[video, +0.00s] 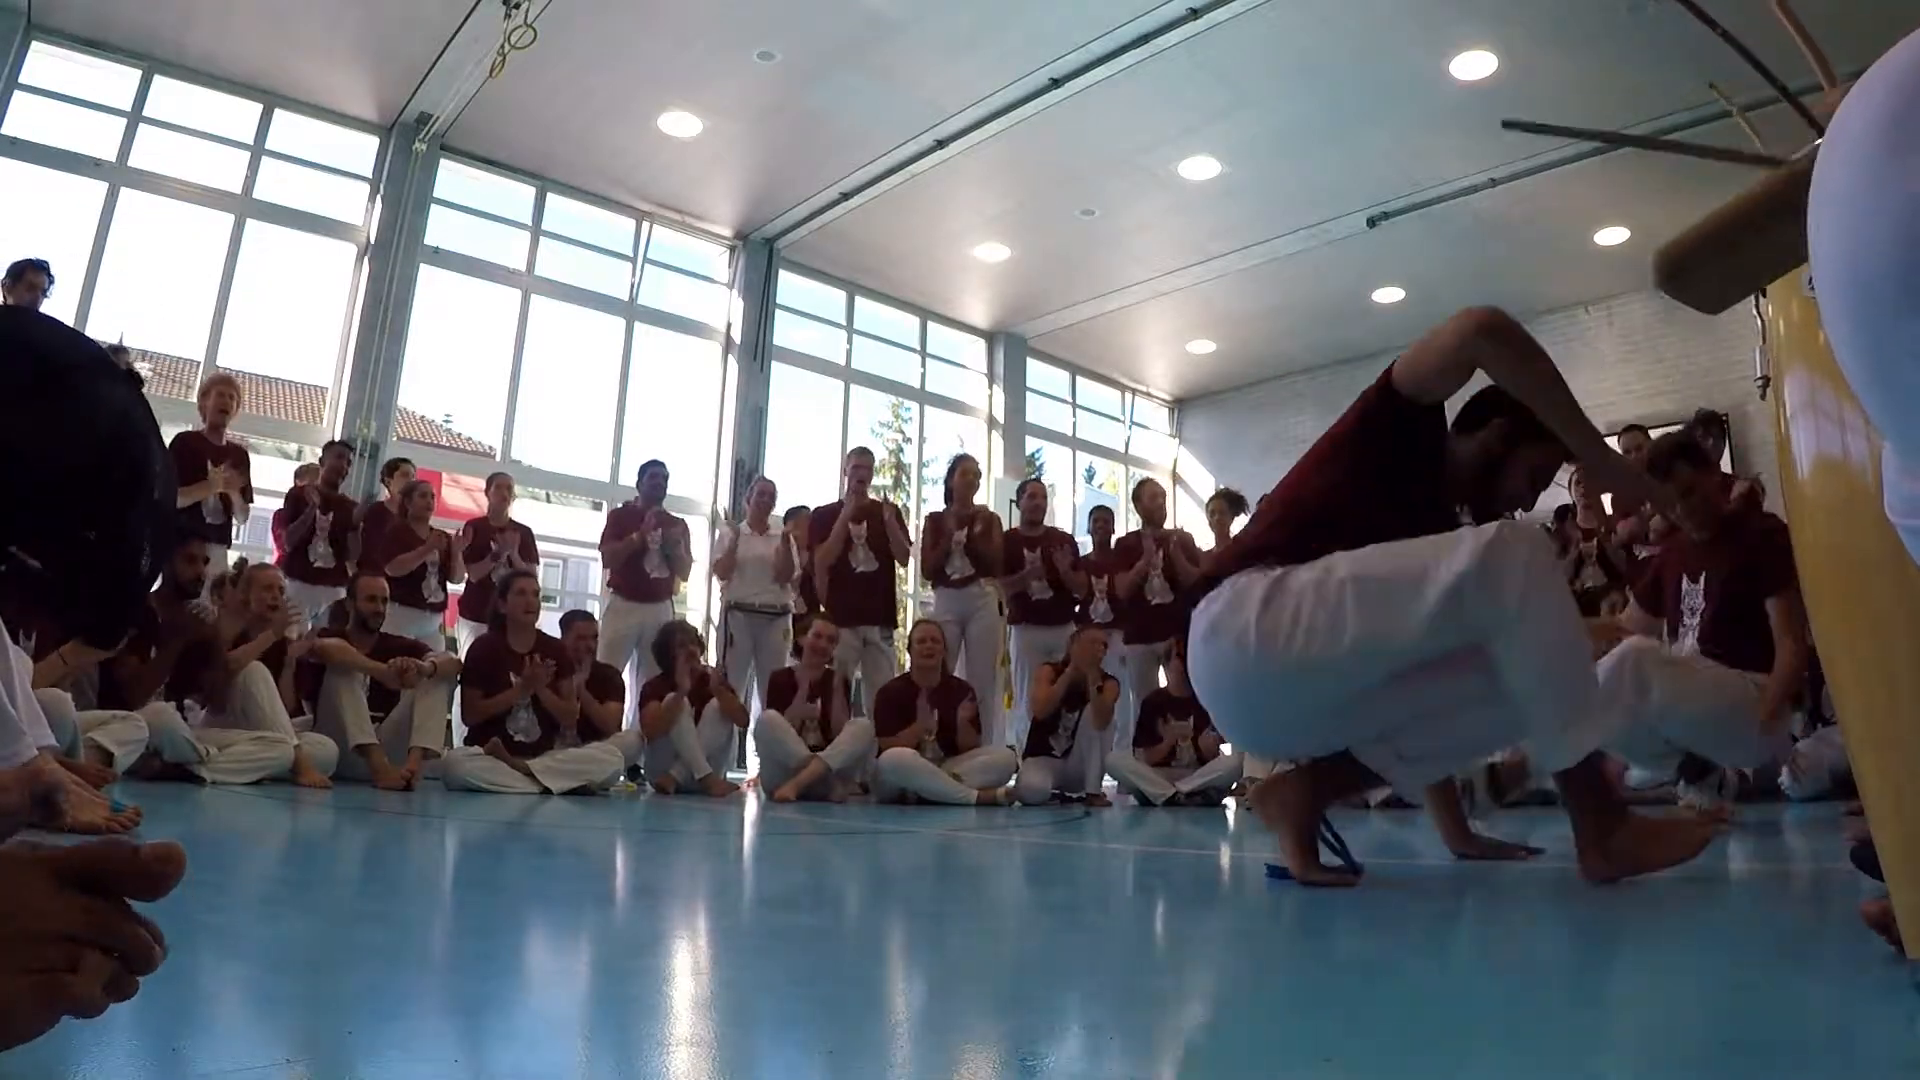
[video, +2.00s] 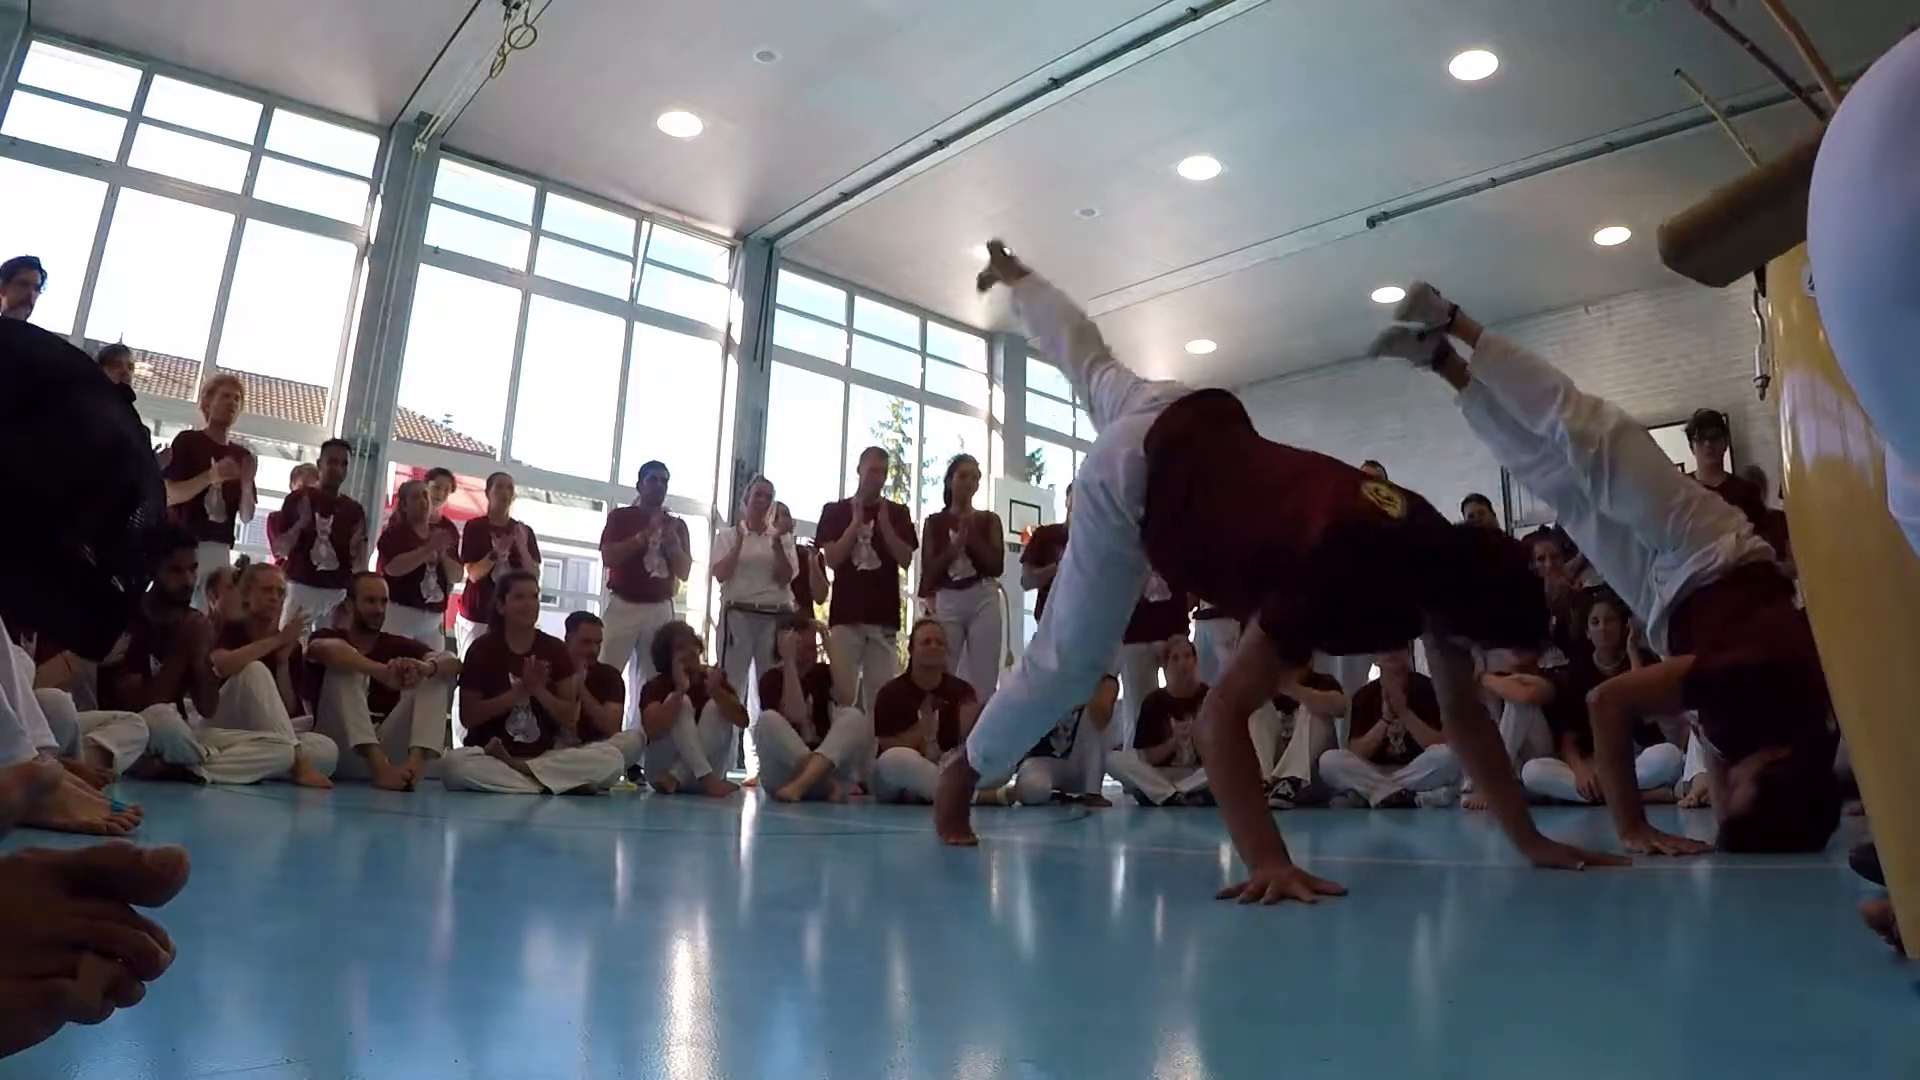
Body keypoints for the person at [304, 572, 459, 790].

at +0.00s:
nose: (380, 608)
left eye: (384, 601)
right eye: (371, 600)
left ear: (389, 604)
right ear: (351, 603)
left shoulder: (395, 644)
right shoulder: (327, 637)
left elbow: (454, 663)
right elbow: (325, 649)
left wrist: (426, 667)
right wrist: (382, 672)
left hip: (386, 752)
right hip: (336, 750)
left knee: (437, 673)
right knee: (343, 664)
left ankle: (414, 764)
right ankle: (379, 766)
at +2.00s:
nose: (379, 609)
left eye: (383, 601)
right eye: (370, 601)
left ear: (389, 603)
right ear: (350, 603)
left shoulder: (393, 643)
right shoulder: (329, 637)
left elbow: (454, 662)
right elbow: (317, 649)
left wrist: (426, 667)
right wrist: (382, 671)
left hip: (388, 750)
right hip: (338, 750)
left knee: (438, 673)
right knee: (342, 660)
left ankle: (416, 761)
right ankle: (378, 764)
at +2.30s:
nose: (379, 609)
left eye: (384, 601)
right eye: (370, 601)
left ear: (389, 603)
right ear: (351, 603)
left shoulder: (392, 643)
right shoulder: (329, 637)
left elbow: (454, 663)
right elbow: (323, 649)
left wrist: (427, 667)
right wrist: (382, 671)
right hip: (338, 750)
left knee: (438, 673)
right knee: (342, 661)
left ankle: (415, 763)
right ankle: (378, 764)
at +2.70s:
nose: (378, 609)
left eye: (383, 602)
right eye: (370, 602)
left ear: (388, 603)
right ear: (352, 603)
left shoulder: (392, 643)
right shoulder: (328, 638)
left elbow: (453, 661)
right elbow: (316, 650)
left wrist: (427, 666)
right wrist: (382, 672)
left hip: (386, 750)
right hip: (337, 749)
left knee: (438, 674)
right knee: (342, 662)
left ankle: (415, 763)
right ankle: (378, 764)